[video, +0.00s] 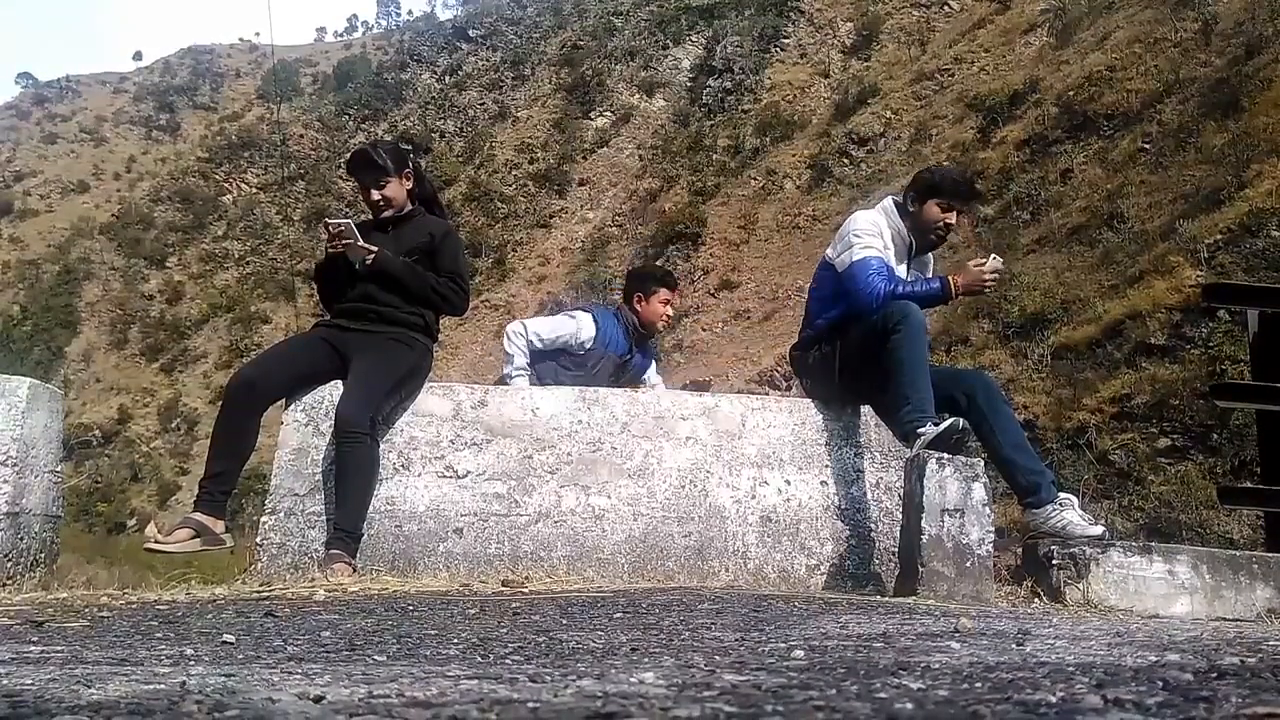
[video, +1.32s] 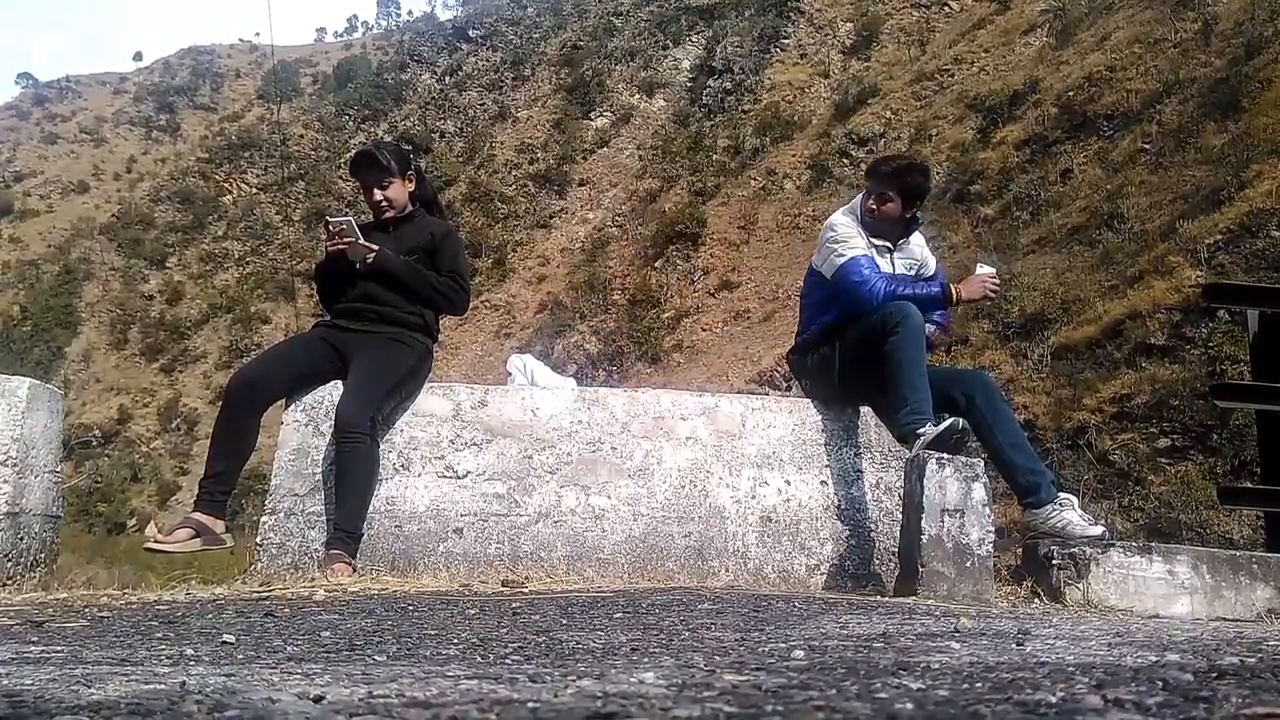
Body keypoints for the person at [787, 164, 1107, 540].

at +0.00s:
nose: (951, 222)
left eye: (959, 214)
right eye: (944, 208)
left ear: (960, 220)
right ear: (914, 200)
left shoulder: (921, 255)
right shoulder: (865, 227)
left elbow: (909, 313)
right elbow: (873, 291)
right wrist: (951, 284)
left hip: (878, 372)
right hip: (827, 366)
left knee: (976, 387)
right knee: (903, 315)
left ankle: (1043, 504)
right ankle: (917, 427)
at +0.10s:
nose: (944, 218)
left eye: (952, 212)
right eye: (936, 204)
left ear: (954, 219)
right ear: (908, 198)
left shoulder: (920, 255)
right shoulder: (863, 227)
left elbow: (909, 312)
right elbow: (872, 291)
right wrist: (951, 286)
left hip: (877, 372)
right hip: (826, 367)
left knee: (976, 388)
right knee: (903, 314)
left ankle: (1043, 505)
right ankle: (916, 426)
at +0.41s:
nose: (915, 209)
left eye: (928, 205)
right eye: (908, 197)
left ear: (939, 217)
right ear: (892, 196)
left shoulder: (921, 257)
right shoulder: (857, 228)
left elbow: (912, 313)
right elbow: (874, 293)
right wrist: (951, 290)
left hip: (881, 373)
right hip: (826, 367)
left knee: (976, 387)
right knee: (904, 316)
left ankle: (1043, 504)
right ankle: (918, 428)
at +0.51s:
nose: (907, 209)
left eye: (921, 205)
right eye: (901, 198)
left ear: (936, 217)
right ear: (891, 197)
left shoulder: (921, 254)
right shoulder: (855, 229)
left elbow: (914, 308)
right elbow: (875, 292)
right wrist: (951, 290)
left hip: (880, 373)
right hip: (825, 368)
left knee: (977, 388)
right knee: (904, 317)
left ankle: (1043, 505)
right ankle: (918, 429)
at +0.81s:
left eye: (912, 212)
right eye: (919, 220)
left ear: (922, 218)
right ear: (891, 203)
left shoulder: (919, 252)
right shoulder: (851, 228)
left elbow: (914, 308)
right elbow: (875, 290)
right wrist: (956, 292)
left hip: (880, 373)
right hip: (825, 367)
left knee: (976, 387)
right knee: (903, 316)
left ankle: (1043, 504)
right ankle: (917, 429)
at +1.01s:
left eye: (917, 215)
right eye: (915, 216)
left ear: (912, 213)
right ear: (887, 204)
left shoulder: (918, 245)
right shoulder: (846, 228)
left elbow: (917, 309)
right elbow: (873, 290)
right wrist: (955, 290)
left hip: (882, 372)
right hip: (825, 366)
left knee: (976, 386)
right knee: (901, 314)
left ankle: (1043, 503)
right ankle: (917, 428)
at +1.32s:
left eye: (893, 204)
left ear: (905, 210)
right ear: (880, 199)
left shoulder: (913, 244)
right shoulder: (840, 231)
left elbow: (938, 303)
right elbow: (873, 290)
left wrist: (931, 327)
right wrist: (953, 291)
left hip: (883, 371)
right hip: (826, 367)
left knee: (977, 386)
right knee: (900, 316)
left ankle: (1043, 505)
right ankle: (917, 429)